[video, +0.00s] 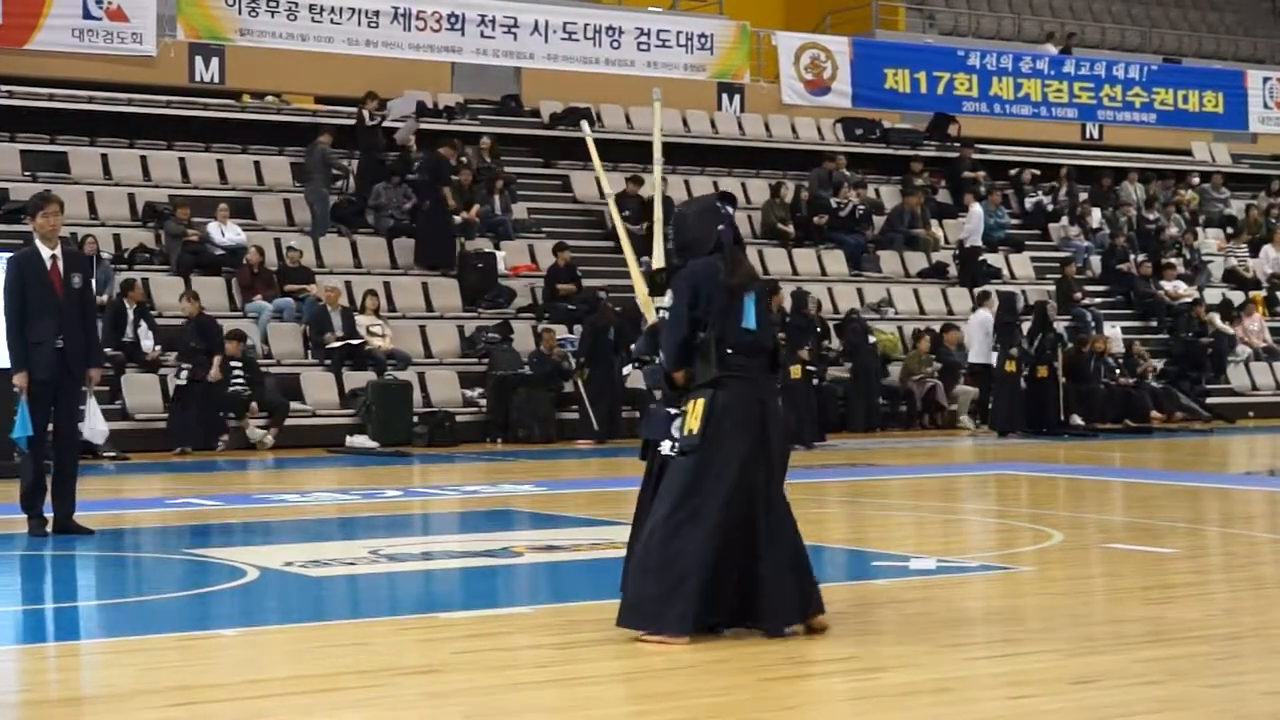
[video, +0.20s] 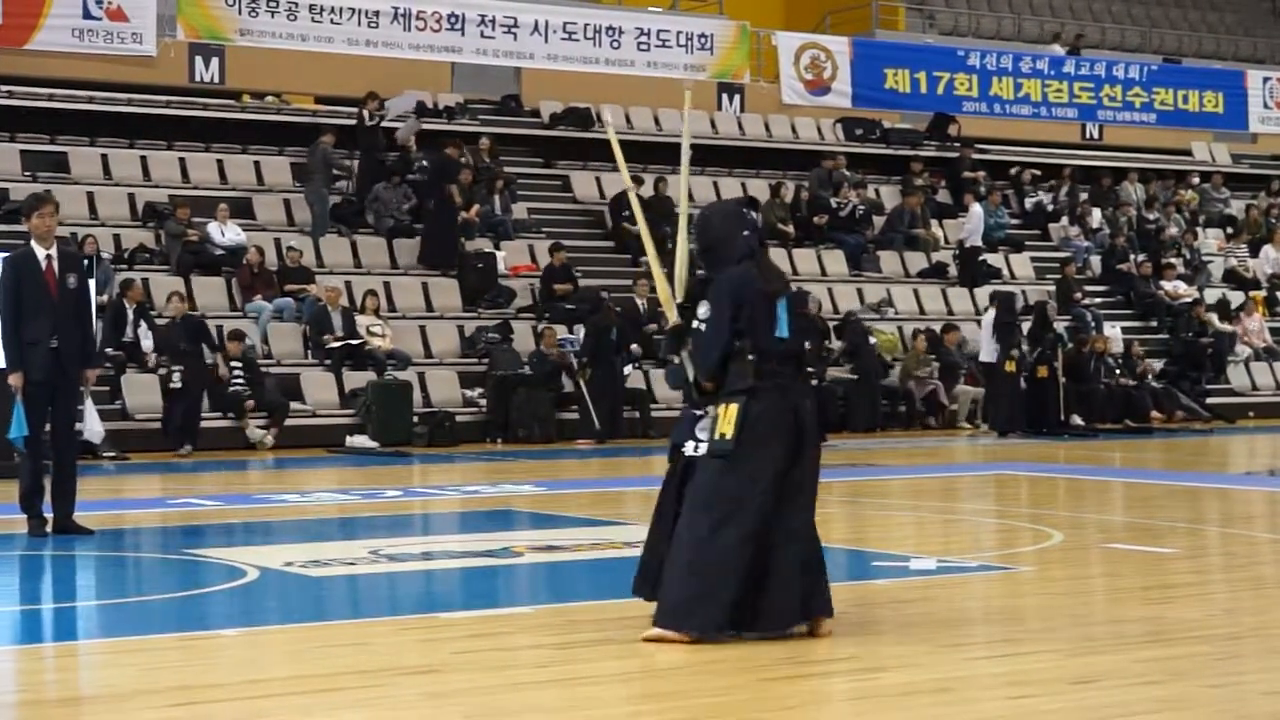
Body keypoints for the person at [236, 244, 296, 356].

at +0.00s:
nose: (250, 256)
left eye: (253, 254)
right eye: (249, 253)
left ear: (260, 258)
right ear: (247, 256)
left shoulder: (267, 272)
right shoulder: (243, 271)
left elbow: (275, 291)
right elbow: (245, 284)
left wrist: (263, 296)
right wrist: (246, 265)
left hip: (269, 301)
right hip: (250, 302)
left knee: (289, 303)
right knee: (267, 308)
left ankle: (288, 336)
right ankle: (260, 341)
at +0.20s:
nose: (250, 256)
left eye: (253, 254)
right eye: (249, 254)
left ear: (260, 258)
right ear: (247, 256)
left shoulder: (267, 272)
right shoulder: (243, 271)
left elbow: (275, 291)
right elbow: (245, 284)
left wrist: (263, 296)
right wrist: (246, 265)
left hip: (269, 301)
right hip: (250, 302)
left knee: (289, 302)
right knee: (267, 308)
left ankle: (287, 336)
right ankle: (260, 341)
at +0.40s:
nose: (250, 257)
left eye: (253, 254)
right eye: (249, 254)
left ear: (261, 258)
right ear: (247, 257)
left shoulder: (267, 273)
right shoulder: (243, 271)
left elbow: (276, 292)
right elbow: (245, 284)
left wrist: (263, 296)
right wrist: (247, 265)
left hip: (270, 301)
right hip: (250, 303)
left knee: (289, 303)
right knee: (267, 308)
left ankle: (288, 336)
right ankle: (260, 341)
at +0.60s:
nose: (250, 257)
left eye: (254, 254)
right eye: (249, 254)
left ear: (261, 258)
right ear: (248, 257)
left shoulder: (267, 273)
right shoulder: (244, 271)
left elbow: (275, 291)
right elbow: (245, 284)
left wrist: (263, 296)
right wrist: (247, 265)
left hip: (269, 301)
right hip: (251, 302)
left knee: (289, 303)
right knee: (268, 308)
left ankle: (288, 336)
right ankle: (260, 342)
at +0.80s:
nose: (250, 257)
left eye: (254, 254)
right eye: (250, 254)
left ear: (261, 258)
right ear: (248, 257)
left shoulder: (267, 272)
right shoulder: (244, 271)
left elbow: (275, 291)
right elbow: (245, 284)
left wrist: (263, 296)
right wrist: (247, 265)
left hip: (269, 301)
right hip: (251, 302)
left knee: (289, 303)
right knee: (268, 309)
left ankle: (288, 336)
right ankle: (260, 341)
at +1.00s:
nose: (251, 257)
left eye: (254, 254)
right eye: (250, 254)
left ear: (261, 258)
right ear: (248, 257)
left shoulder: (268, 272)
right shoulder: (243, 271)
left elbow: (276, 291)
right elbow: (245, 284)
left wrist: (264, 296)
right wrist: (247, 265)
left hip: (270, 301)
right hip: (251, 302)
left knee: (290, 303)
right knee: (268, 309)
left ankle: (288, 336)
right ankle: (261, 341)